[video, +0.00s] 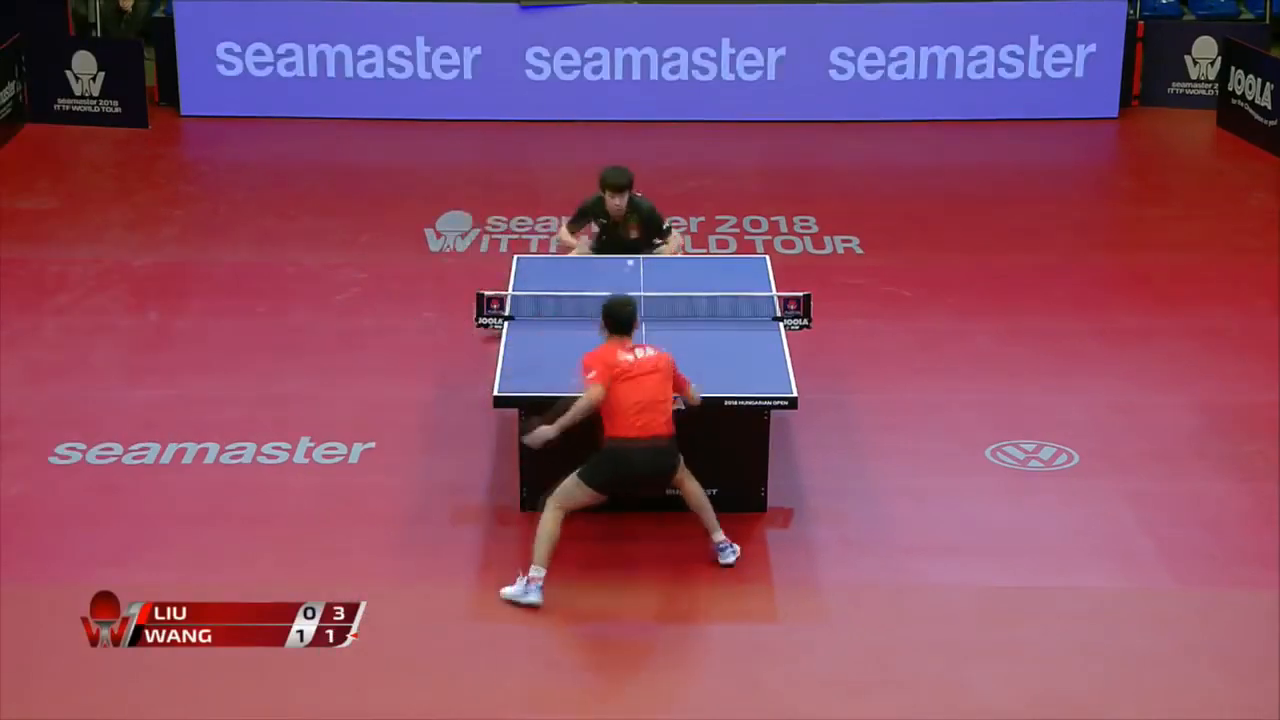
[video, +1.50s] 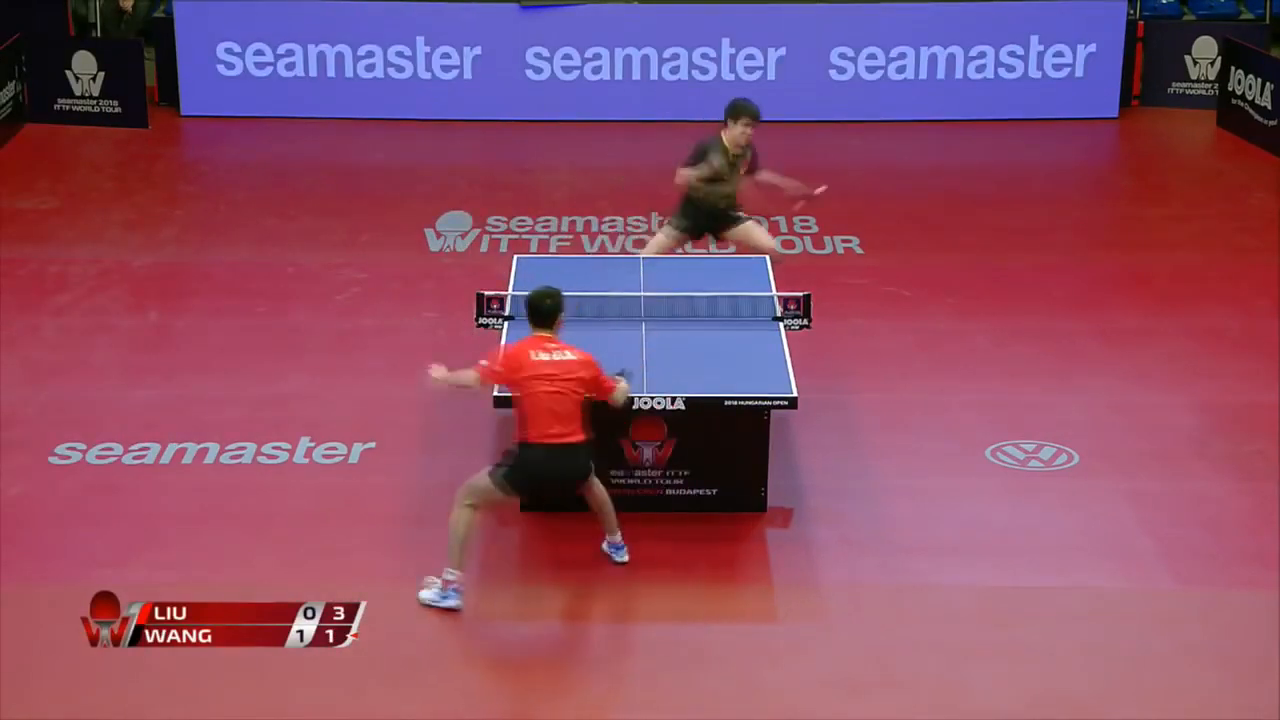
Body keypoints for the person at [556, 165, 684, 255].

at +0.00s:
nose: (617, 203)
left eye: (622, 196)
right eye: (612, 196)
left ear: (629, 193)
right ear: (603, 194)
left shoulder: (644, 208)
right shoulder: (594, 205)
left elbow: (673, 239)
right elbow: (564, 234)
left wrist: (668, 250)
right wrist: (578, 245)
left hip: (640, 252)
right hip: (605, 251)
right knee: (572, 258)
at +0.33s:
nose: (618, 176)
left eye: (625, 171)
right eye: (616, 169)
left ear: (639, 170)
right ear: (613, 167)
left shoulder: (651, 186)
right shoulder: (610, 176)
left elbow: (674, 215)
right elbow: (596, 169)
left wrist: (641, 224)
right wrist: (569, 173)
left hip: (656, 237)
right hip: (624, 234)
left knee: (673, 265)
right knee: (586, 261)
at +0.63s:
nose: (636, 127)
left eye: (642, 121)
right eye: (632, 121)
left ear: (653, 126)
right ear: (625, 123)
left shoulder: (666, 152)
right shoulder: (622, 143)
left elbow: (682, 194)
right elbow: (633, 176)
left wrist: (659, 200)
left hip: (670, 206)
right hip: (639, 202)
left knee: (680, 259)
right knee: (611, 250)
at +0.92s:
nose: (638, 137)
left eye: (644, 132)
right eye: (634, 131)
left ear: (653, 135)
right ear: (627, 132)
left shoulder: (667, 161)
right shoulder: (614, 155)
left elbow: (694, 190)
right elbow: (595, 173)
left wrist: (684, 202)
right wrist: (590, 206)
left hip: (664, 213)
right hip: (630, 212)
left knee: (681, 264)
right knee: (595, 260)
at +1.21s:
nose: (678, 116)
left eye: (684, 111)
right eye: (674, 110)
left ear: (692, 114)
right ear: (668, 111)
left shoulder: (700, 142)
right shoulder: (647, 138)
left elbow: (714, 174)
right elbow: (625, 168)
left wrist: (727, 203)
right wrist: (658, 194)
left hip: (682, 197)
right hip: (645, 196)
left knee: (721, 248)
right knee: (609, 248)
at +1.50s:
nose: (749, 132)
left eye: (752, 127)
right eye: (745, 126)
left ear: (752, 129)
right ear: (729, 124)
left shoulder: (748, 151)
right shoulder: (707, 148)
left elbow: (757, 175)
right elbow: (681, 178)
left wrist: (789, 187)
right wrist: (707, 170)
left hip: (726, 217)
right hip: (693, 216)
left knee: (770, 248)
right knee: (646, 256)